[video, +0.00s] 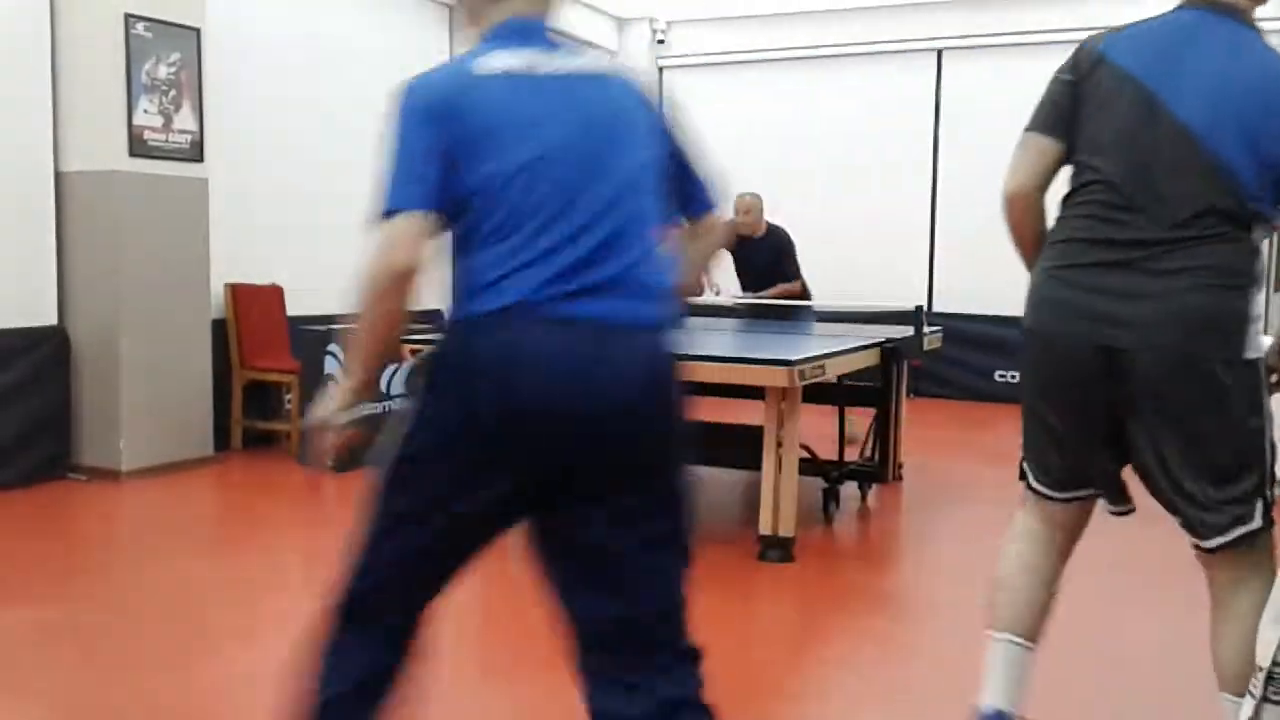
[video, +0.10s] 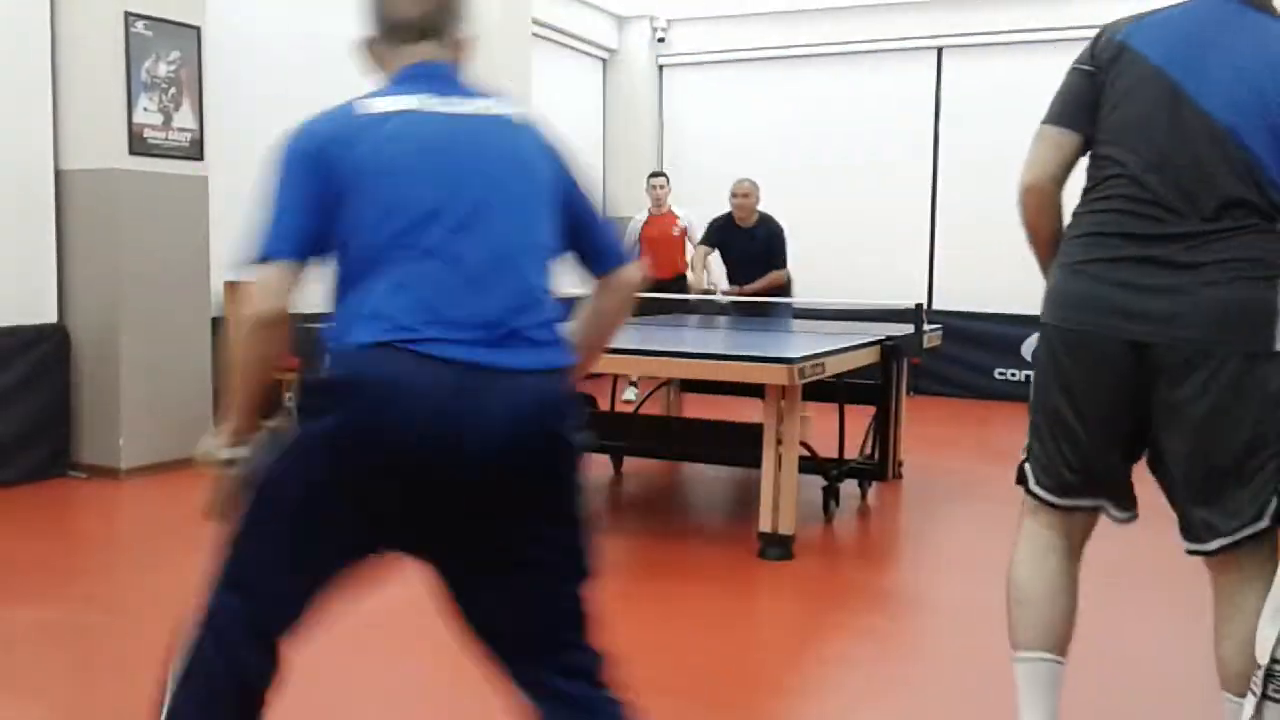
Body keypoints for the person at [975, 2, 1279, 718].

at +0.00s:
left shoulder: (1102, 51)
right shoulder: (1267, 75)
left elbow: (1020, 190)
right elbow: (1271, 227)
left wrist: (1056, 283)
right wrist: (1273, 344)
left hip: (1066, 321)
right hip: (1191, 339)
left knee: (1045, 509)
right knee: (1240, 559)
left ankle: (995, 705)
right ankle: (1248, 710)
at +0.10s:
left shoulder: (1125, 37)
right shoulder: (1278, 48)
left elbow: (1037, 184)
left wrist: (1070, 285)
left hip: (1090, 318)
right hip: (1232, 332)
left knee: (1053, 519)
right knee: (1245, 553)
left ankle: (1034, 711)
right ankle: (1250, 712)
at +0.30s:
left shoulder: (1125, 33)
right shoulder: (1277, 42)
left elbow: (1047, 190)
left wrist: (1056, 290)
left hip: (1112, 326)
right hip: (1253, 337)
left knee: (1074, 546)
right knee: (1246, 560)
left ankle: (1088, 714)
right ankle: (1245, 712)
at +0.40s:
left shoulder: (1112, 35)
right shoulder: (1273, 44)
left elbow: (1041, 194)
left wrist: (1039, 296)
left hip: (1116, 331)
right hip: (1254, 339)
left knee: (1085, 559)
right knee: (1244, 563)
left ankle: (1091, 718)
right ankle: (1244, 714)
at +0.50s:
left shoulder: (1103, 31)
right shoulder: (1269, 49)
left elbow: (1042, 190)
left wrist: (1019, 301)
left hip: (1111, 330)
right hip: (1251, 335)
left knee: (1084, 565)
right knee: (1235, 557)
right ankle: (1244, 712)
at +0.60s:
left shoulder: (1094, 30)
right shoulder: (1259, 64)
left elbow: (1043, 186)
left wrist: (998, 310)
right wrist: (1236, 309)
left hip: (1096, 336)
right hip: (1224, 341)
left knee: (1076, 565)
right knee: (1223, 559)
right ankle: (1244, 713)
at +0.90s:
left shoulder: (1042, 32)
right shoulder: (1180, 71)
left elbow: (1012, 185)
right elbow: (1213, 236)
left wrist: (965, 331)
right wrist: (1148, 321)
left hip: (1054, 335)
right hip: (1144, 344)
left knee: (1048, 564)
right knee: (1062, 550)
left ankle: (1073, 715)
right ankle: (1062, 703)